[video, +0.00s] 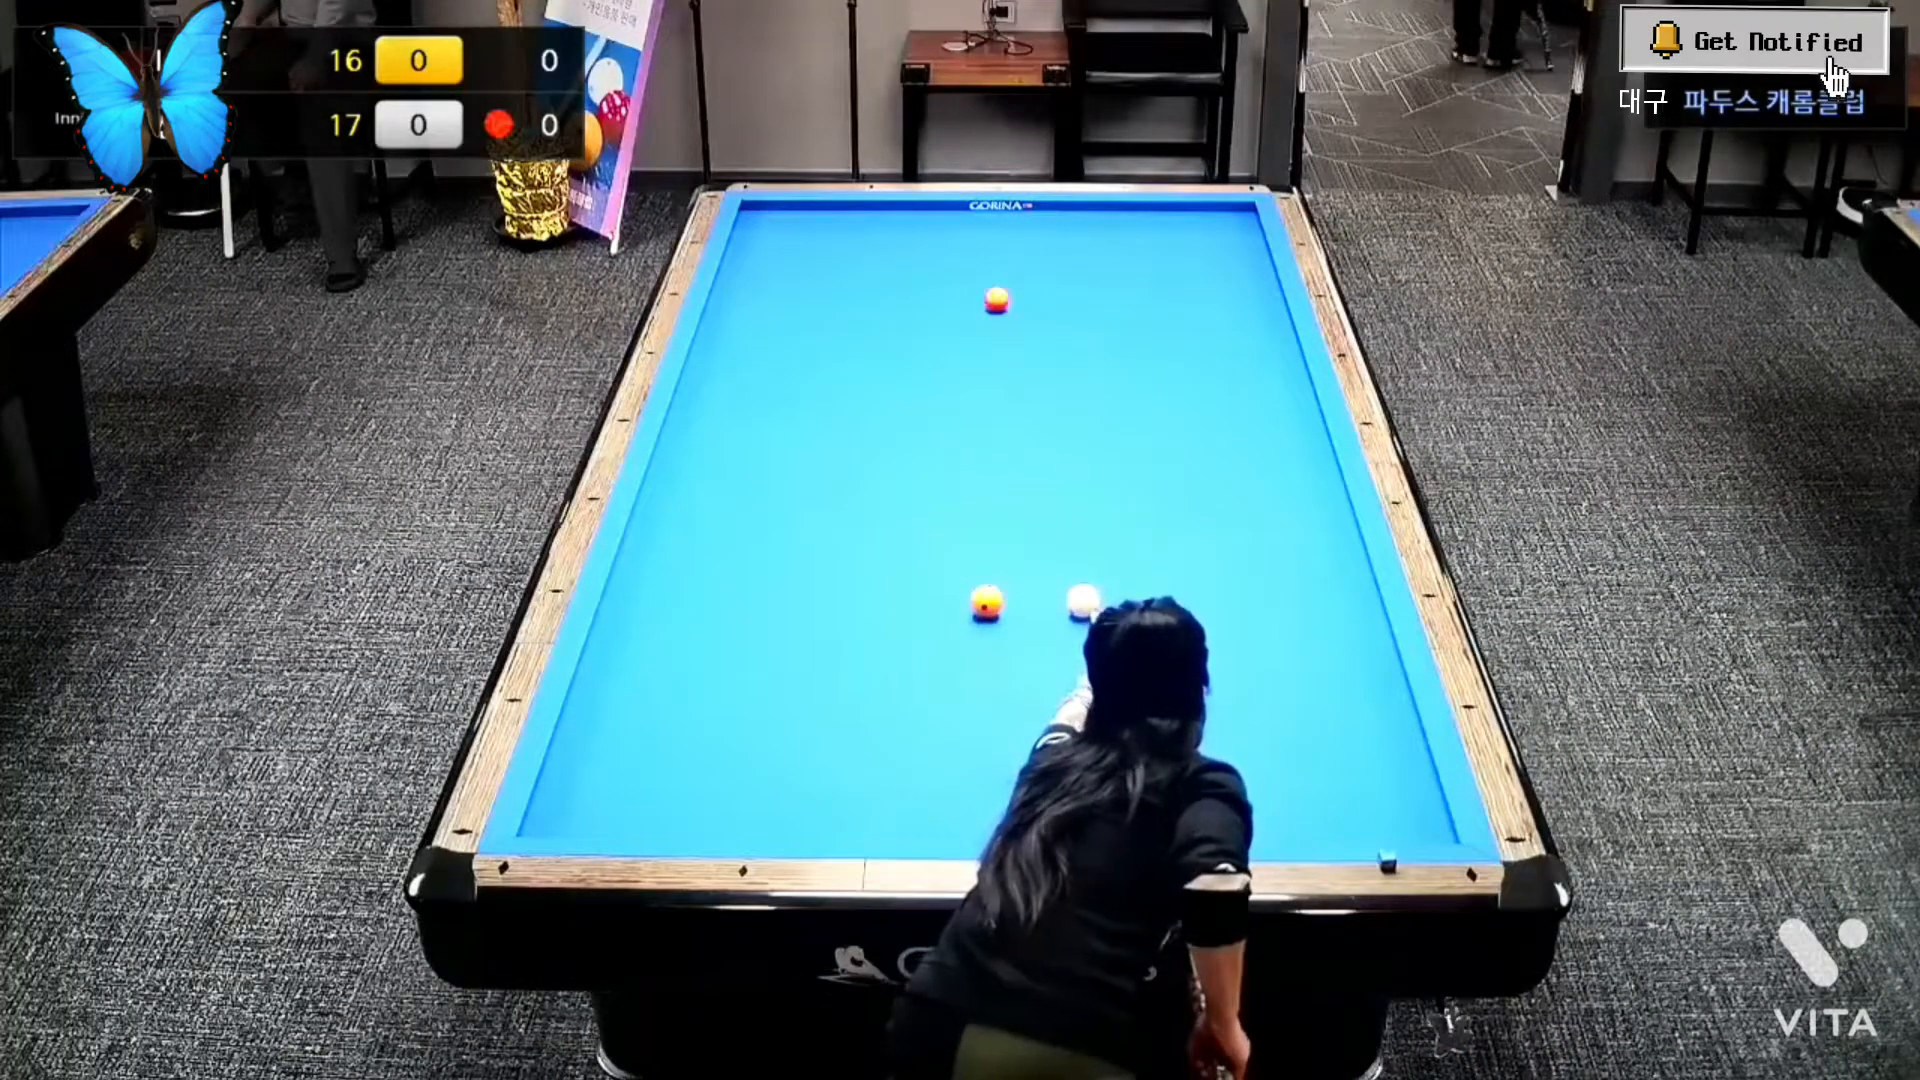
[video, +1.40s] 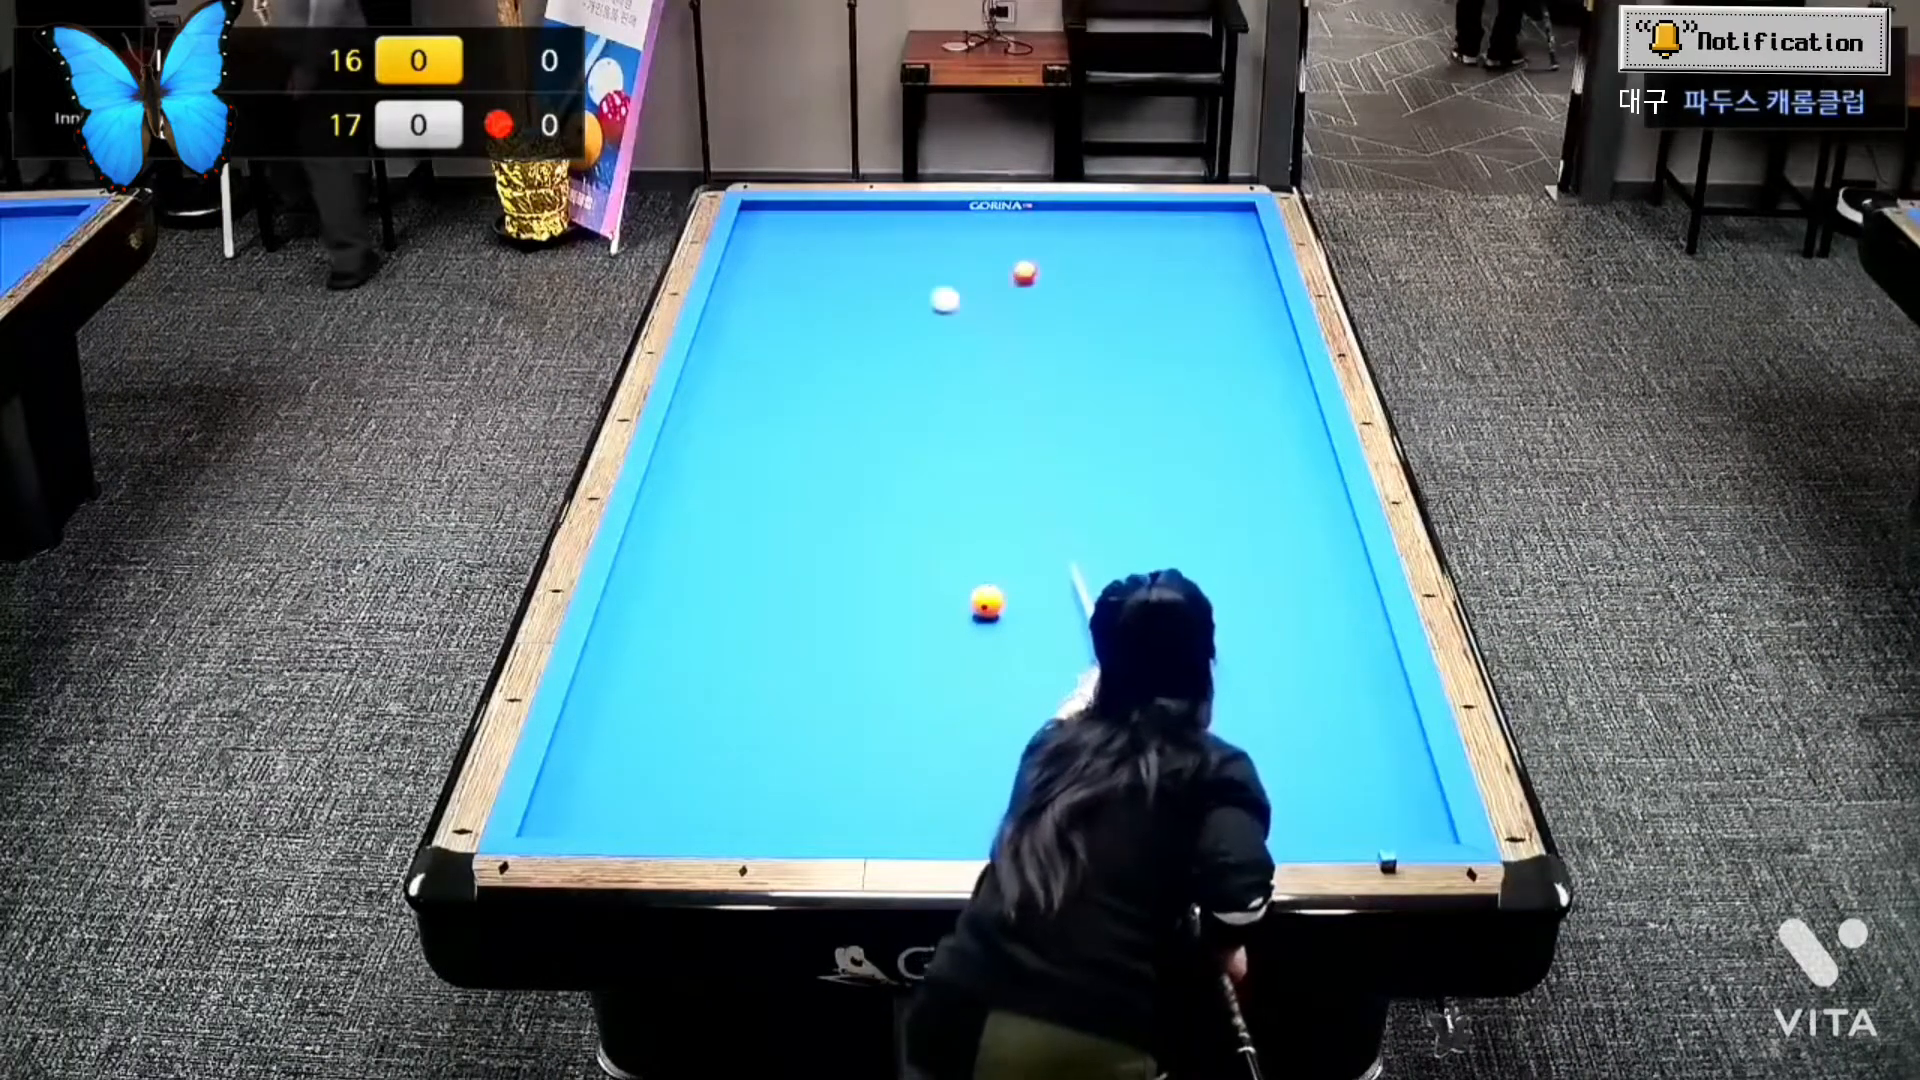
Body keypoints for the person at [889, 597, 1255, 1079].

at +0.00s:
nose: (1209, 683)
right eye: (1204, 673)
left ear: (1099, 688)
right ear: (1195, 686)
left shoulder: (1053, 758)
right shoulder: (1207, 782)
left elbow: (1079, 702)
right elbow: (1214, 887)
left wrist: (1103, 666)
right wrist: (1222, 1018)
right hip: (1092, 1041)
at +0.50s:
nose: (1214, 677)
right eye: (1209, 667)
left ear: (1102, 682)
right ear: (1200, 679)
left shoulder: (1055, 755)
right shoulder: (1212, 776)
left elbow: (1079, 705)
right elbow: (1221, 894)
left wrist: (1097, 673)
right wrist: (1234, 1052)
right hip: (1091, 1038)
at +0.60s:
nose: (1216, 672)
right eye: (1210, 662)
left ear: (1105, 679)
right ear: (1201, 676)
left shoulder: (1056, 755)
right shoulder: (1214, 775)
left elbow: (1078, 707)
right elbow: (1224, 896)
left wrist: (1101, 671)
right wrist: (1236, 1050)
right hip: (1101, 1040)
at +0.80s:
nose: (1219, 665)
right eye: (1212, 653)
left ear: (1107, 671)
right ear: (1202, 669)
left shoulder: (1059, 747)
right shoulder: (1218, 769)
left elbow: (1083, 698)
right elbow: (1233, 884)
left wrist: (1105, 660)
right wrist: (1239, 1041)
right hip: (1114, 1038)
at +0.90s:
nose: (1221, 665)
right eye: (1214, 654)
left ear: (1108, 669)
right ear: (1204, 668)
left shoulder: (1058, 748)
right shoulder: (1219, 770)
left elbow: (1085, 697)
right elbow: (1239, 887)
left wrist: (1106, 661)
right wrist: (1235, 976)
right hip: (1112, 1034)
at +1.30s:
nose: (1216, 661)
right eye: (1210, 649)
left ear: (1108, 661)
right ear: (1200, 662)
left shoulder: (1054, 744)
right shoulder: (1219, 769)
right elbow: (1238, 882)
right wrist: (1228, 943)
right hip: (1106, 1034)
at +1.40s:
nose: (1212, 662)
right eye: (1205, 650)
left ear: (1106, 659)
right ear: (1199, 660)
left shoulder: (1053, 742)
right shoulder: (1218, 767)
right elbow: (1237, 878)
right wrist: (1226, 944)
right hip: (1106, 1032)